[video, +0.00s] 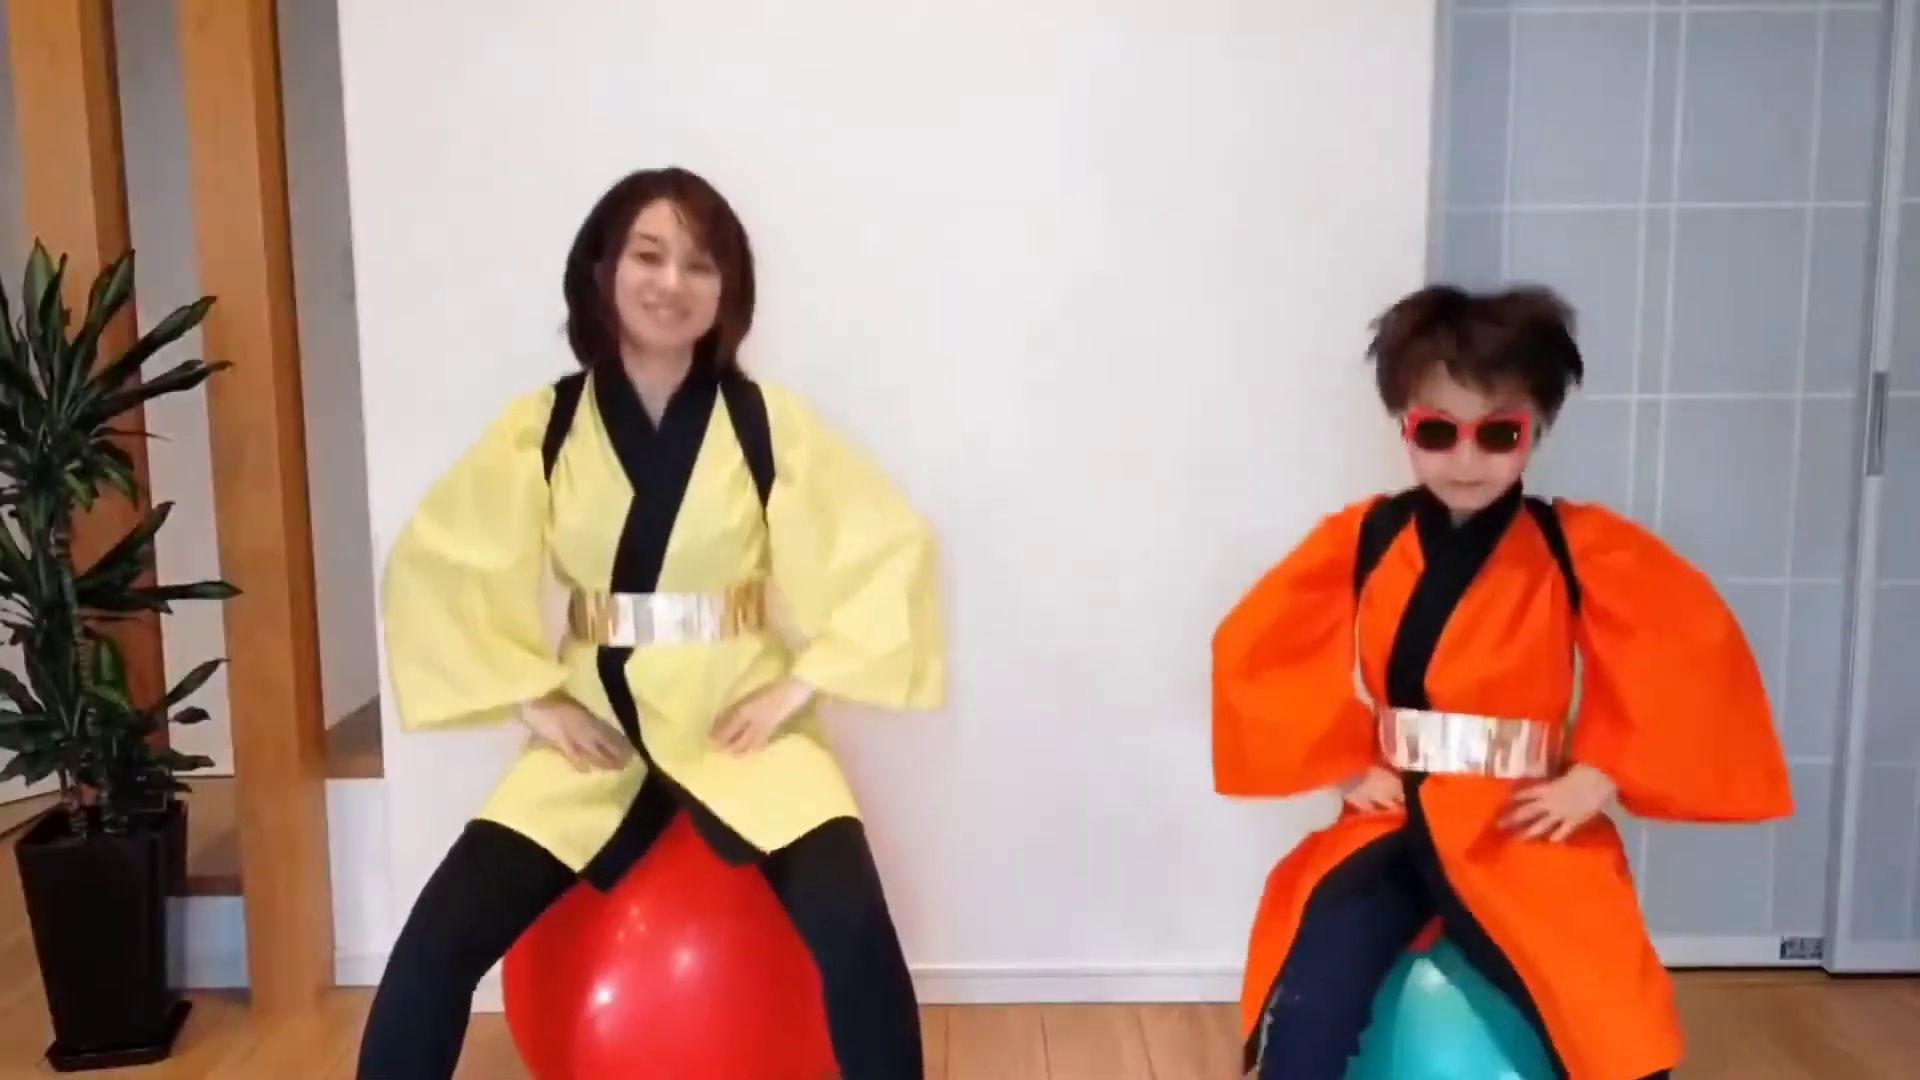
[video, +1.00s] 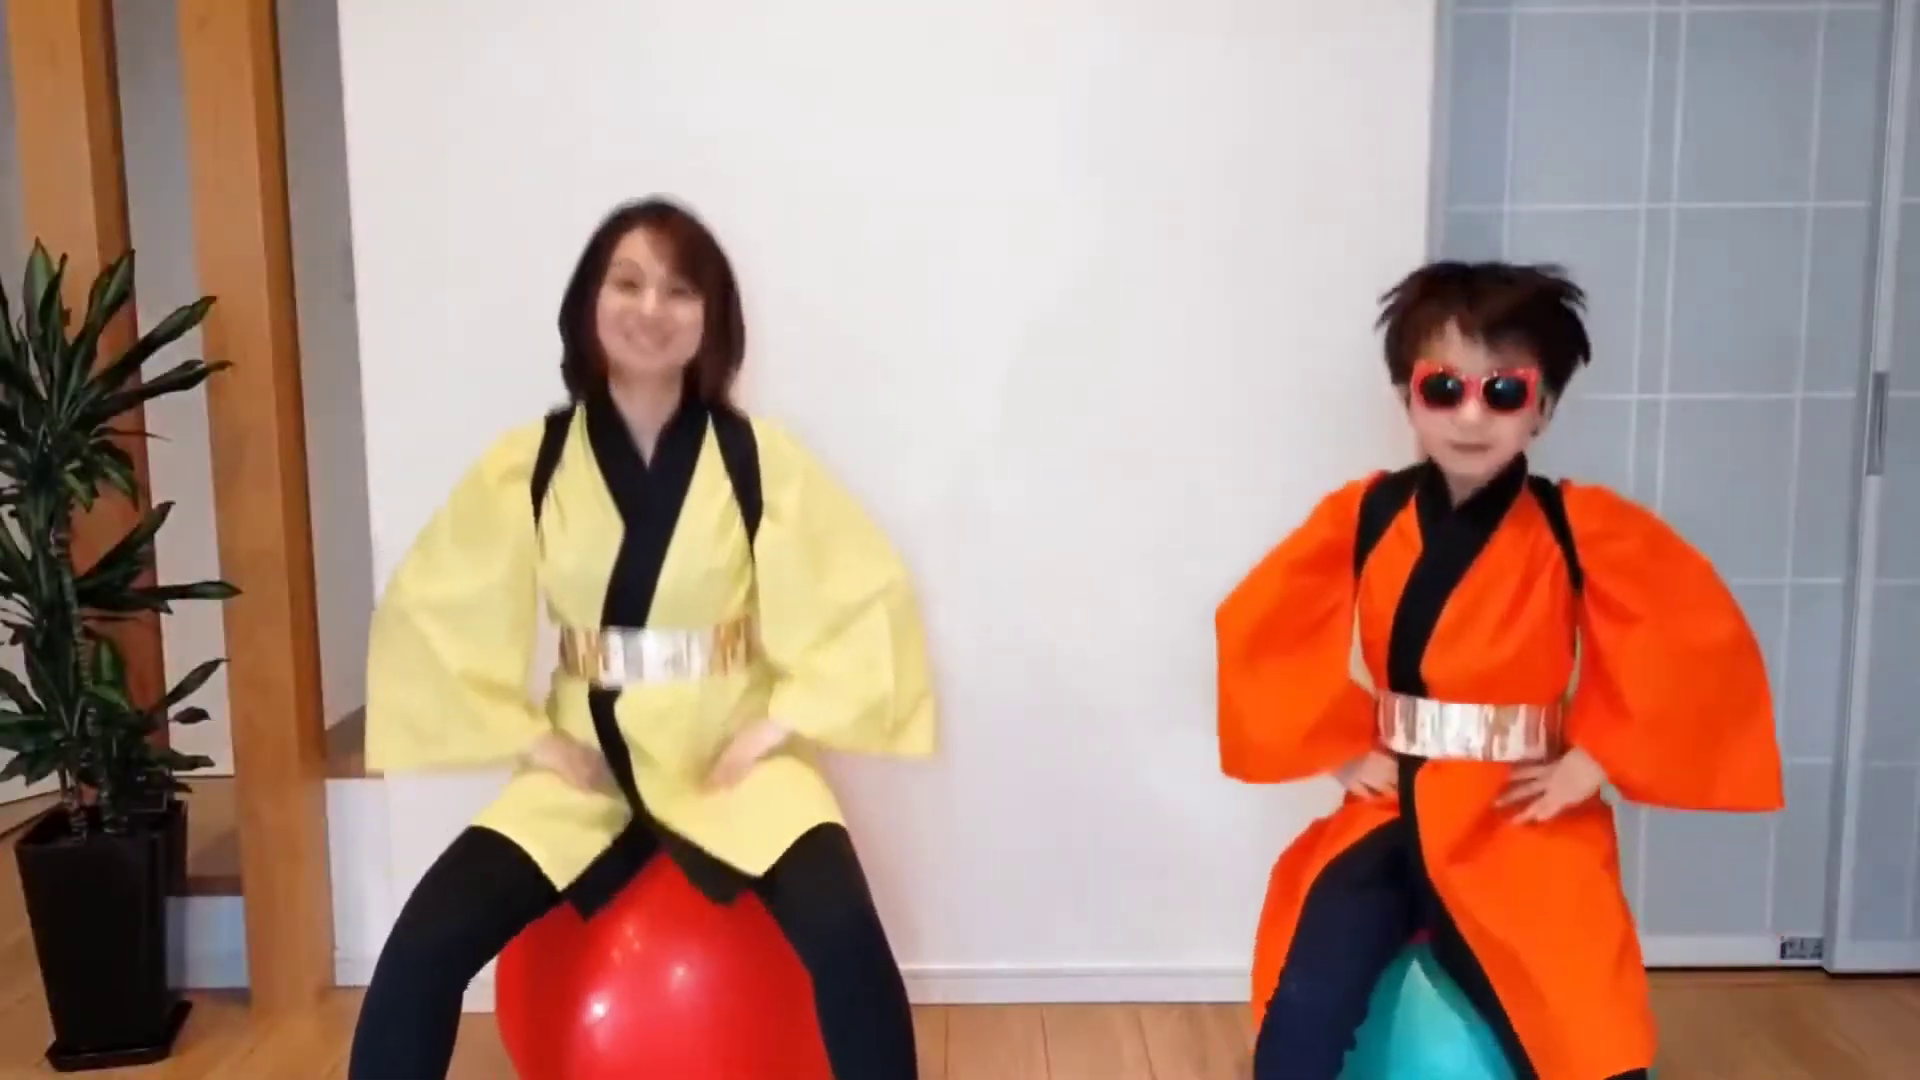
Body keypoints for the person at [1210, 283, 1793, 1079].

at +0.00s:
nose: (1465, 459)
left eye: (1498, 434)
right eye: (1435, 431)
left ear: (1535, 432)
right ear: (1401, 427)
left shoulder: (1579, 544)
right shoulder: (1361, 539)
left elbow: (1693, 657)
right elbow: (1253, 653)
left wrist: (1600, 774)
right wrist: (1345, 762)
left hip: (1528, 828)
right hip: (1390, 823)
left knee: (1619, 1016)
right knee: (1314, 977)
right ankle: (1295, 1066)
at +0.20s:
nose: (1465, 569)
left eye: (1498, 548)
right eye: (1437, 543)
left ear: (1533, 557)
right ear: (1402, 545)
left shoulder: (1571, 676)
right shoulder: (1365, 661)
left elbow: (1680, 796)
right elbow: (1255, 773)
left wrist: (1583, 910)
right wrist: (1346, 869)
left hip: (1511, 935)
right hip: (1382, 920)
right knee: (1330, 990)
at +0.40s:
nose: (1467, 459)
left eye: (1500, 436)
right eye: (1439, 432)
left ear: (1539, 426)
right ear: (1403, 418)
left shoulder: (1585, 537)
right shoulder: (1365, 533)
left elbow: (1700, 659)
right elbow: (1266, 660)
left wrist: (1599, 774)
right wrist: (1348, 769)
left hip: (1528, 834)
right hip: (1393, 823)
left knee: (1547, 1037)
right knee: (1322, 997)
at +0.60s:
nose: (1472, 506)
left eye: (1503, 483)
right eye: (1444, 480)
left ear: (1541, 481)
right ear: (1405, 476)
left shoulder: (1584, 597)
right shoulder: (1368, 587)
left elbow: (1695, 715)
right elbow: (1259, 701)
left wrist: (1602, 824)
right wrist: (1357, 809)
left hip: (1527, 871)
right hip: (1391, 859)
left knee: (1578, 1047)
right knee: (1319, 1001)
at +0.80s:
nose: (1467, 522)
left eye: (1499, 498)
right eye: (1438, 495)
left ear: (1537, 523)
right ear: (1406, 514)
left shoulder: (1579, 648)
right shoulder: (1369, 631)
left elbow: (1700, 774)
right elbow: (1258, 743)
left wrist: (1591, 879)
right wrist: (1348, 851)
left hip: (1520, 918)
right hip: (1386, 901)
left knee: (1590, 1057)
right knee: (1317, 1012)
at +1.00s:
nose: (1471, 415)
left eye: (1505, 390)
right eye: (1443, 387)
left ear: (1543, 409)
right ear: (1407, 397)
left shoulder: (1582, 525)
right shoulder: (1363, 517)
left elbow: (1702, 642)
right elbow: (1256, 630)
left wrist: (1597, 756)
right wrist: (1341, 743)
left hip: (1529, 820)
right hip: (1392, 813)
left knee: (1595, 1030)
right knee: (1307, 994)